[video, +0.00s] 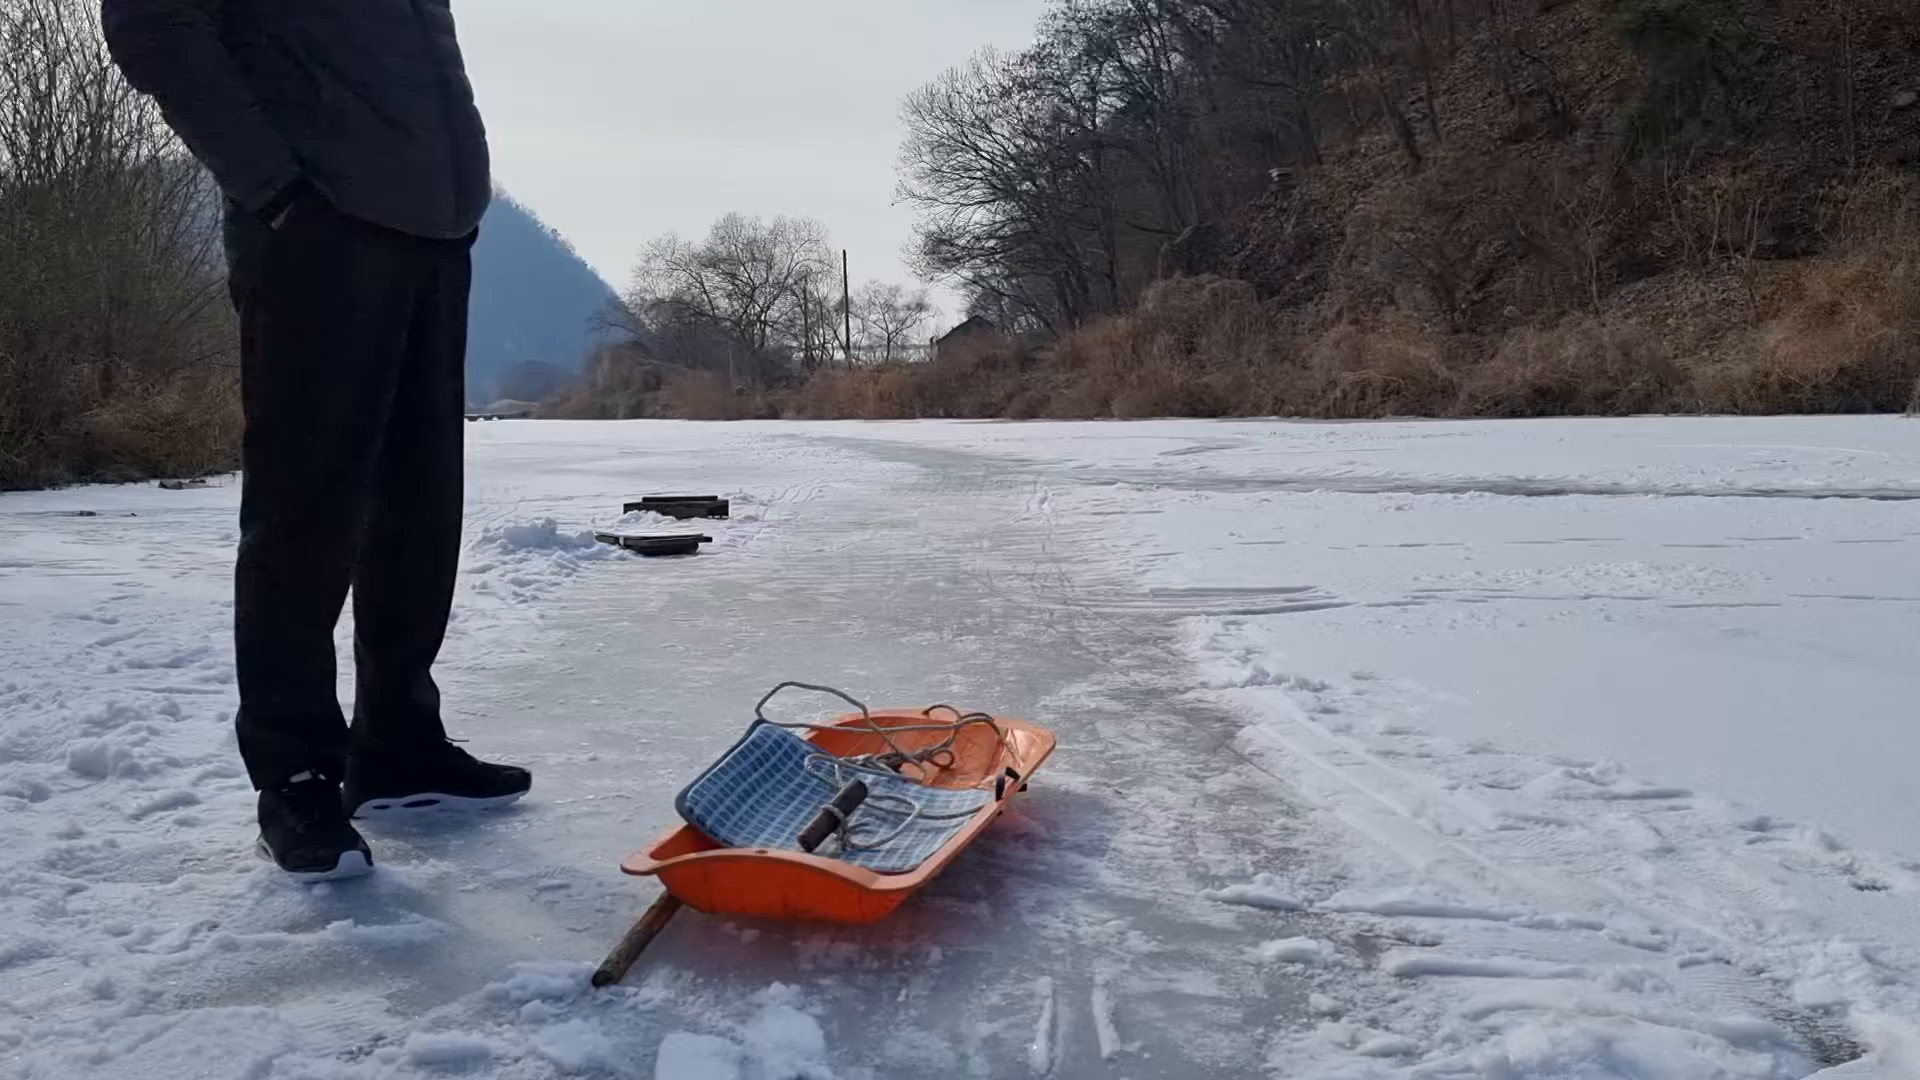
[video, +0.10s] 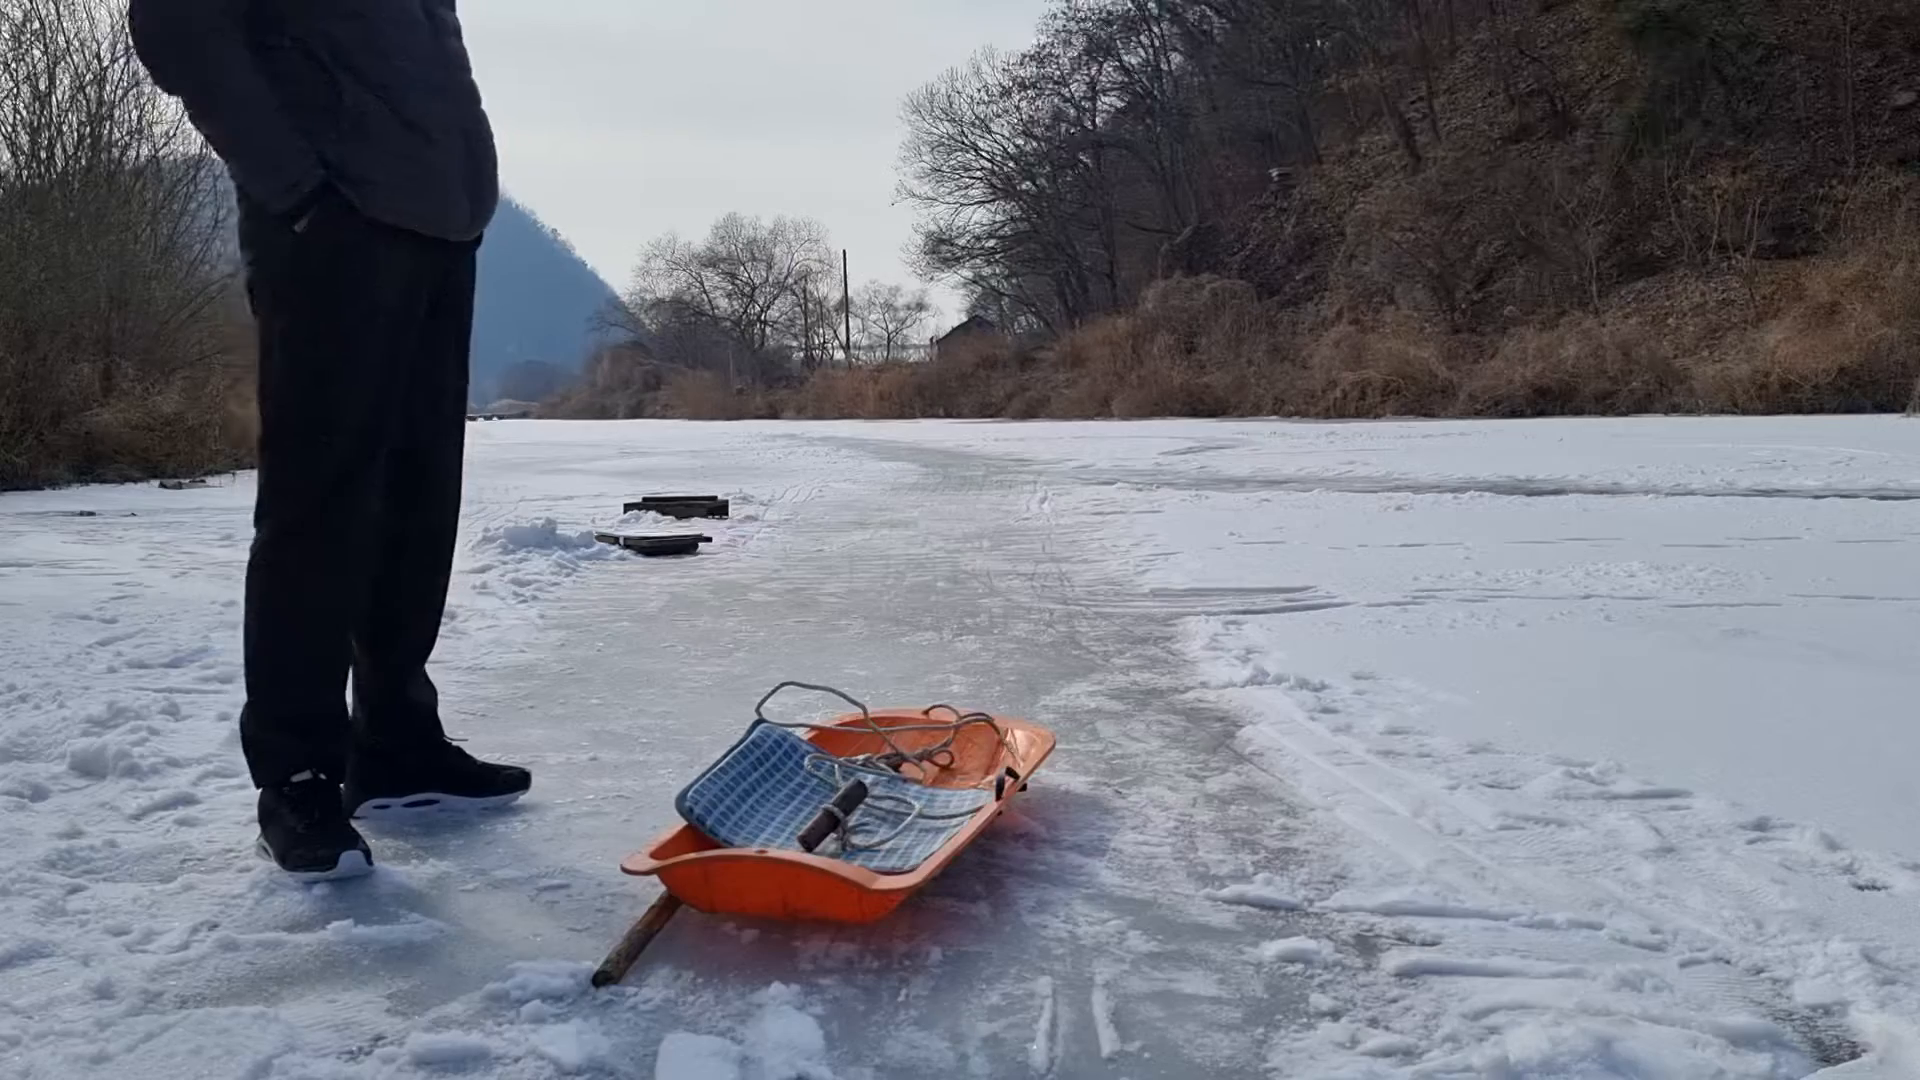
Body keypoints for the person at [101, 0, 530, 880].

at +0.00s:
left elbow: (421, 30)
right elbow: (146, 20)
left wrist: (456, 164)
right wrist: (273, 188)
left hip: (433, 216)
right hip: (310, 214)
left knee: (416, 506)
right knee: (303, 511)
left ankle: (400, 747)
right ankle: (297, 783)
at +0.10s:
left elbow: (424, 31)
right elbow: (174, 22)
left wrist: (462, 164)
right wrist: (294, 189)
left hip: (441, 213)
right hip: (325, 211)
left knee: (417, 493)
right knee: (317, 499)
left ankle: (396, 744)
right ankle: (299, 779)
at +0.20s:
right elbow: (202, 24)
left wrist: (467, 169)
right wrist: (318, 187)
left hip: (441, 208)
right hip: (333, 204)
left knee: (419, 494)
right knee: (331, 498)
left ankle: (394, 745)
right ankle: (300, 783)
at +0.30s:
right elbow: (235, 30)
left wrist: (477, 177)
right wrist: (344, 191)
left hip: (448, 216)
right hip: (349, 210)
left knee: (425, 494)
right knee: (345, 495)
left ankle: (393, 745)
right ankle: (302, 781)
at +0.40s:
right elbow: (262, 31)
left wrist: (478, 191)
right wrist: (369, 194)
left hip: (442, 222)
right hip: (363, 216)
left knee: (429, 498)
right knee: (369, 496)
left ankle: (397, 745)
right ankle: (308, 783)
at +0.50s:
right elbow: (292, 41)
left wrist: (471, 191)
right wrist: (392, 200)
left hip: (432, 222)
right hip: (375, 221)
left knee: (425, 491)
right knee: (395, 491)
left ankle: (401, 743)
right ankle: (333, 783)